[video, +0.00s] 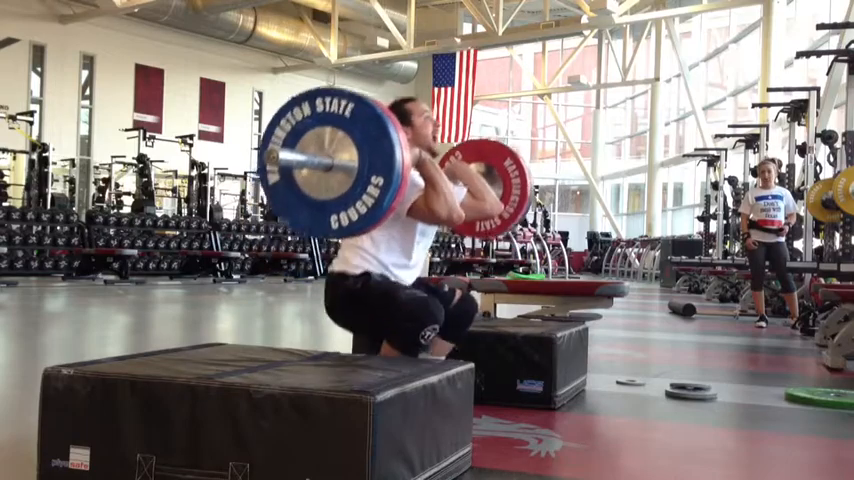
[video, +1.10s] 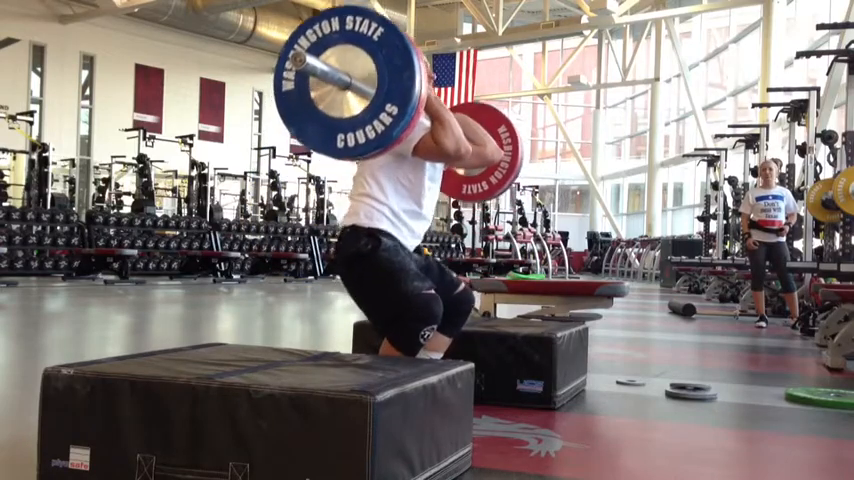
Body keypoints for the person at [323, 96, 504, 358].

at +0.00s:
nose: (436, 123)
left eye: (433, 118)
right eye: (426, 118)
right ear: (403, 131)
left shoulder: (426, 179)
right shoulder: (390, 169)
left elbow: (491, 207)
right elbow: (445, 213)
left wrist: (462, 170)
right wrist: (423, 160)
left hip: (399, 283)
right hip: (353, 283)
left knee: (462, 306)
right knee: (423, 313)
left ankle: (420, 388)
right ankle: (377, 390)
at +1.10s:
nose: (425, 82)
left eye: (426, 76)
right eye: (416, 75)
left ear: (429, 82)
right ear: (399, 81)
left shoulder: (426, 130)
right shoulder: (393, 119)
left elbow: (492, 152)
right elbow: (454, 149)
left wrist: (445, 112)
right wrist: (429, 98)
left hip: (400, 248)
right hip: (366, 242)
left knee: (459, 299)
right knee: (419, 309)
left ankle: (414, 389)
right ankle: (377, 396)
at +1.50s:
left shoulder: (438, 92)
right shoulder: (398, 76)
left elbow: (498, 103)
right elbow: (460, 92)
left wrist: (454, 69)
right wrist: (430, 48)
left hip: (438, 214)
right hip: (403, 207)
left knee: (457, 297)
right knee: (415, 303)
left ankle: (418, 383)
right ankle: (378, 393)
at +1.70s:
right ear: (416, 18)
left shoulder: (445, 67)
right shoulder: (402, 50)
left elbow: (501, 72)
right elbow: (464, 56)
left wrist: (459, 34)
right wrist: (435, 15)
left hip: (446, 189)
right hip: (410, 185)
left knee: (437, 291)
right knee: (408, 287)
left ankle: (415, 380)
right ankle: (381, 382)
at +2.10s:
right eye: (415, 7)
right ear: (407, 11)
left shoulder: (437, 54)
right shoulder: (393, 45)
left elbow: (494, 80)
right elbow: (456, 57)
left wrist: (454, 30)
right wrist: (430, 9)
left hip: (426, 187)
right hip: (394, 185)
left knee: (414, 299)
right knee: (387, 298)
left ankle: (411, 387)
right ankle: (379, 390)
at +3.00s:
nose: (281, 19)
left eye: (288, 11)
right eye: (272, 11)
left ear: (298, 18)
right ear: (258, 17)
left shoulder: (314, 74)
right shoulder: (242, 64)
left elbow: (341, 129)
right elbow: (224, 125)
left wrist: (383, 118)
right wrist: (268, 120)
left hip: (305, 196)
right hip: (251, 196)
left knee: (306, 289)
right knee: (230, 294)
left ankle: (313, 373)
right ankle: (227, 371)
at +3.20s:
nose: (212, 15)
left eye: (221, 8)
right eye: (206, 9)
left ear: (242, 16)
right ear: (201, 17)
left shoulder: (266, 73)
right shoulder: (184, 72)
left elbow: (289, 125)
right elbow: (166, 125)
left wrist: (317, 159)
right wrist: (163, 166)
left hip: (254, 199)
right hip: (197, 200)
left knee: (272, 292)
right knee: (194, 294)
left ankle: (287, 372)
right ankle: (212, 375)